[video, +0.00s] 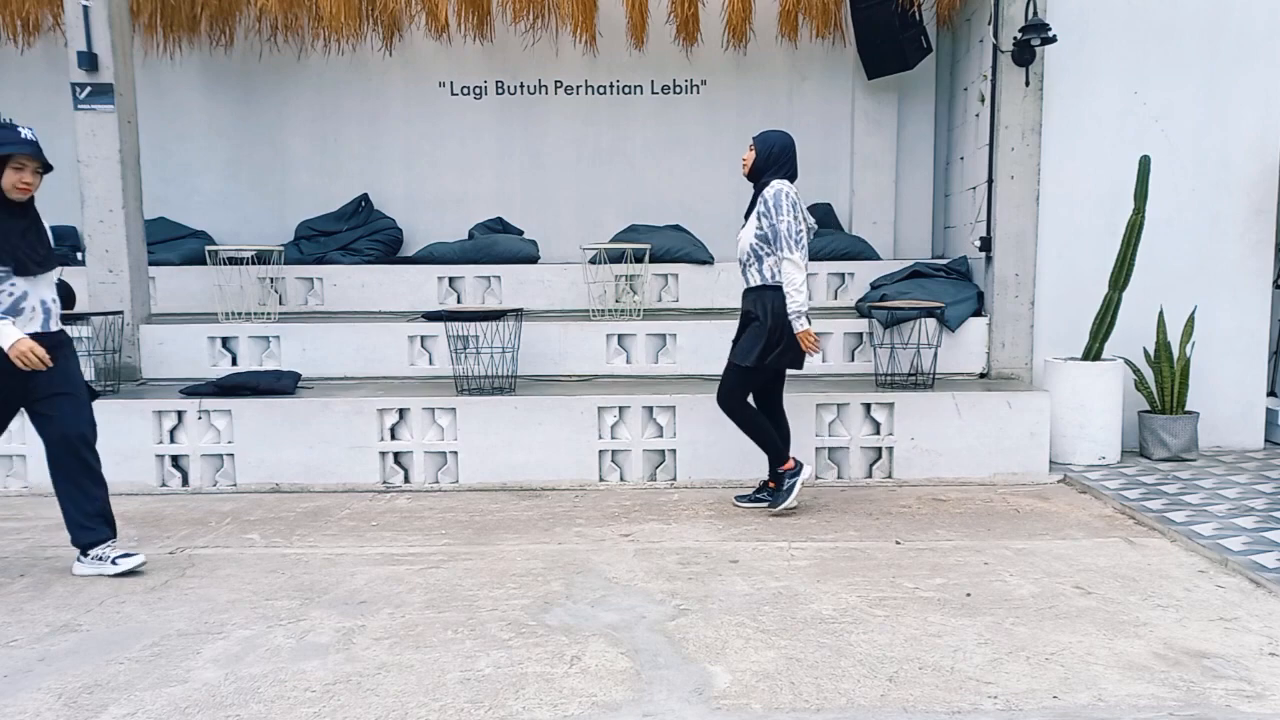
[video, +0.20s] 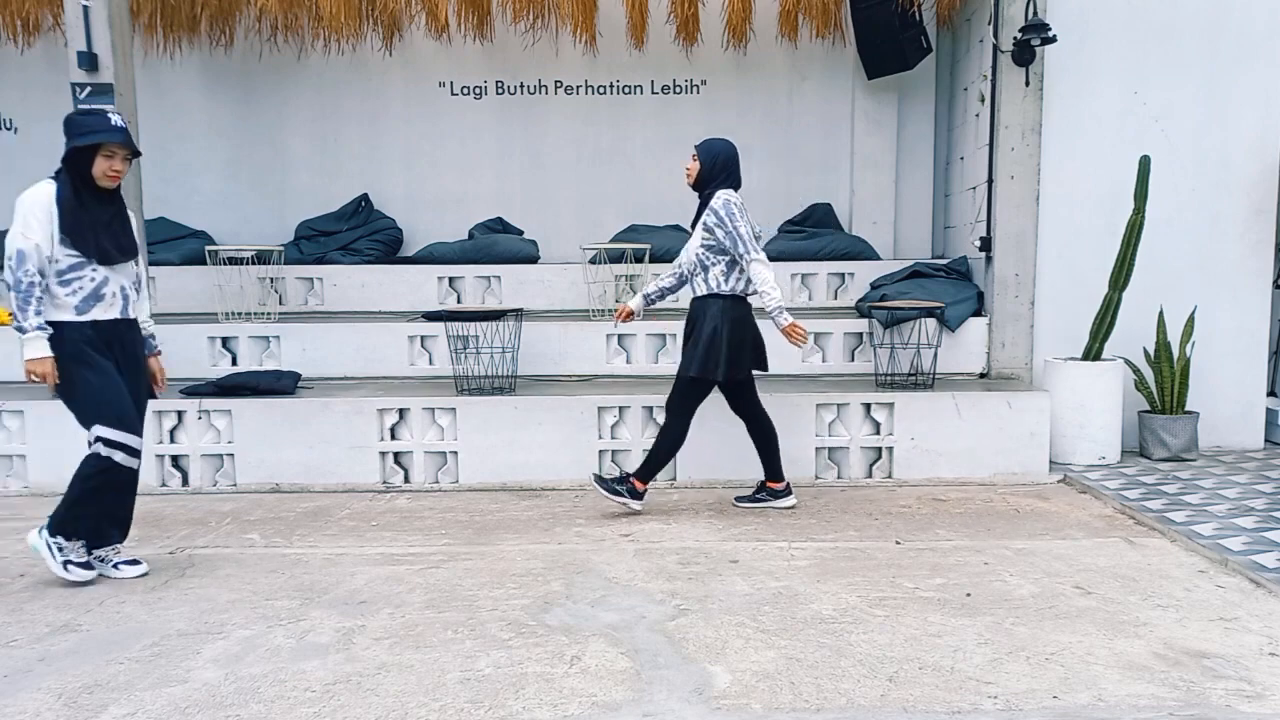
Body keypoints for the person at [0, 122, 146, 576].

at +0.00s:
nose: (27, 177)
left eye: (35, 170)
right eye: (17, 167)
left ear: (42, 175)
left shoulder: (30, 214)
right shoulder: (2, 214)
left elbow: (34, 281)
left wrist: (51, 317)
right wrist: (8, 336)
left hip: (49, 347)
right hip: (6, 353)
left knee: (74, 436)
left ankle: (95, 546)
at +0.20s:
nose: (118, 166)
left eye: (125, 157)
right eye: (108, 155)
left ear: (130, 161)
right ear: (80, 154)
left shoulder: (121, 211)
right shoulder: (42, 201)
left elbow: (135, 289)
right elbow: (23, 279)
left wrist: (150, 349)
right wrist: (35, 345)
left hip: (123, 336)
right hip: (71, 337)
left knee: (129, 437)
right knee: (116, 432)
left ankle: (102, 547)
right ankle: (58, 534)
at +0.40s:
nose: (198, 171)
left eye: (205, 162)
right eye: (188, 161)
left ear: (211, 167)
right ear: (161, 162)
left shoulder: (200, 217)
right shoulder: (129, 213)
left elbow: (231, 277)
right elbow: (88, 286)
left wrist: (268, 312)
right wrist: (67, 355)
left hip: (195, 350)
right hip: (154, 352)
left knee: (149, 452)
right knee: (212, 444)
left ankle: (101, 540)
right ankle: (267, 555)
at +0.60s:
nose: (273, 162)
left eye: (282, 154)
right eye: (263, 152)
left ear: (289, 159)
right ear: (239, 153)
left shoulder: (279, 210)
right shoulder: (212, 209)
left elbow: (311, 276)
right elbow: (193, 290)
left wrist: (346, 320)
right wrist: (183, 362)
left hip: (290, 342)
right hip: (246, 345)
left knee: (305, 445)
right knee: (288, 446)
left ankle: (205, 508)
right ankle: (289, 567)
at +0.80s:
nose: (356, 157)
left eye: (365, 150)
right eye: (347, 146)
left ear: (371, 156)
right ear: (322, 146)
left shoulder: (360, 202)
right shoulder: (294, 200)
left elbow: (366, 279)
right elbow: (298, 284)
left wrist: (376, 337)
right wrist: (338, 338)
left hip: (372, 339)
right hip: (319, 344)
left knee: (411, 436)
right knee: (315, 456)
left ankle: (425, 554)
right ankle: (291, 565)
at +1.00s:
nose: (443, 162)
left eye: (452, 154)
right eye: (434, 150)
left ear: (459, 159)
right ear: (410, 151)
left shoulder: (451, 206)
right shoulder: (383, 205)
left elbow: (473, 274)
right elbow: (375, 286)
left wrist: (475, 328)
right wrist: (404, 349)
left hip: (470, 343)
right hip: (420, 349)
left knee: (496, 452)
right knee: (401, 466)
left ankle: (503, 565)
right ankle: (320, 541)